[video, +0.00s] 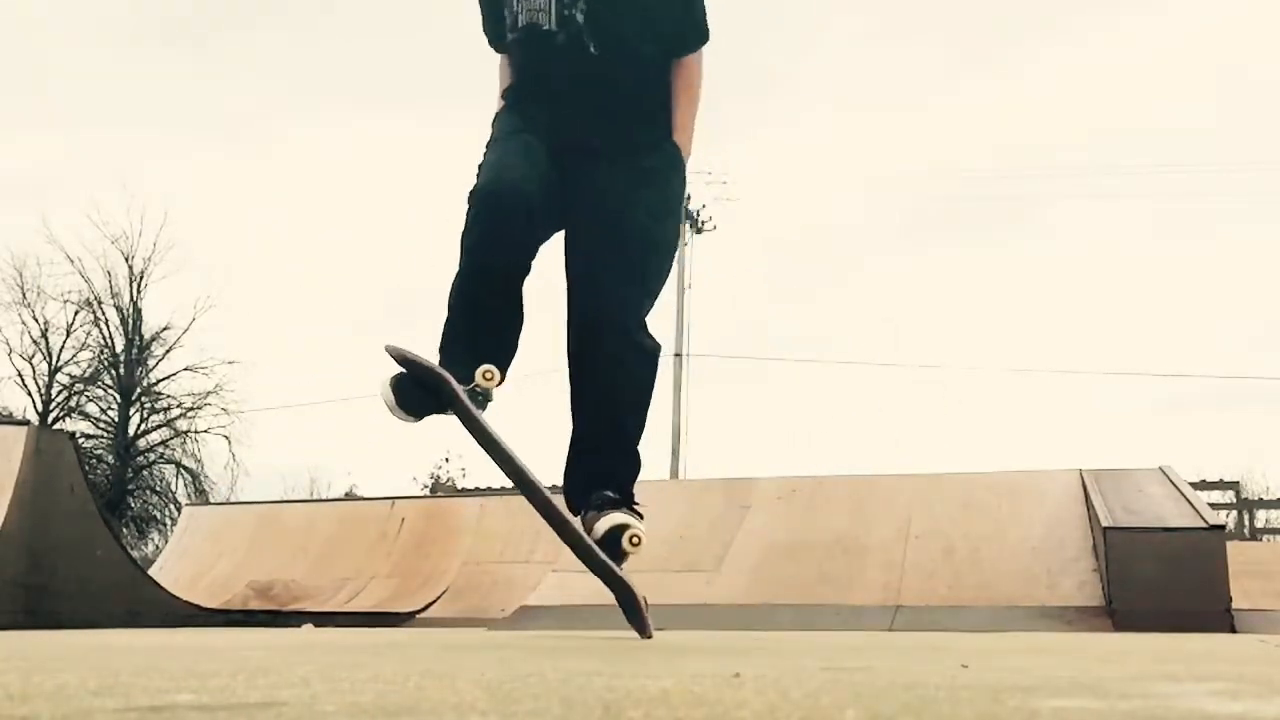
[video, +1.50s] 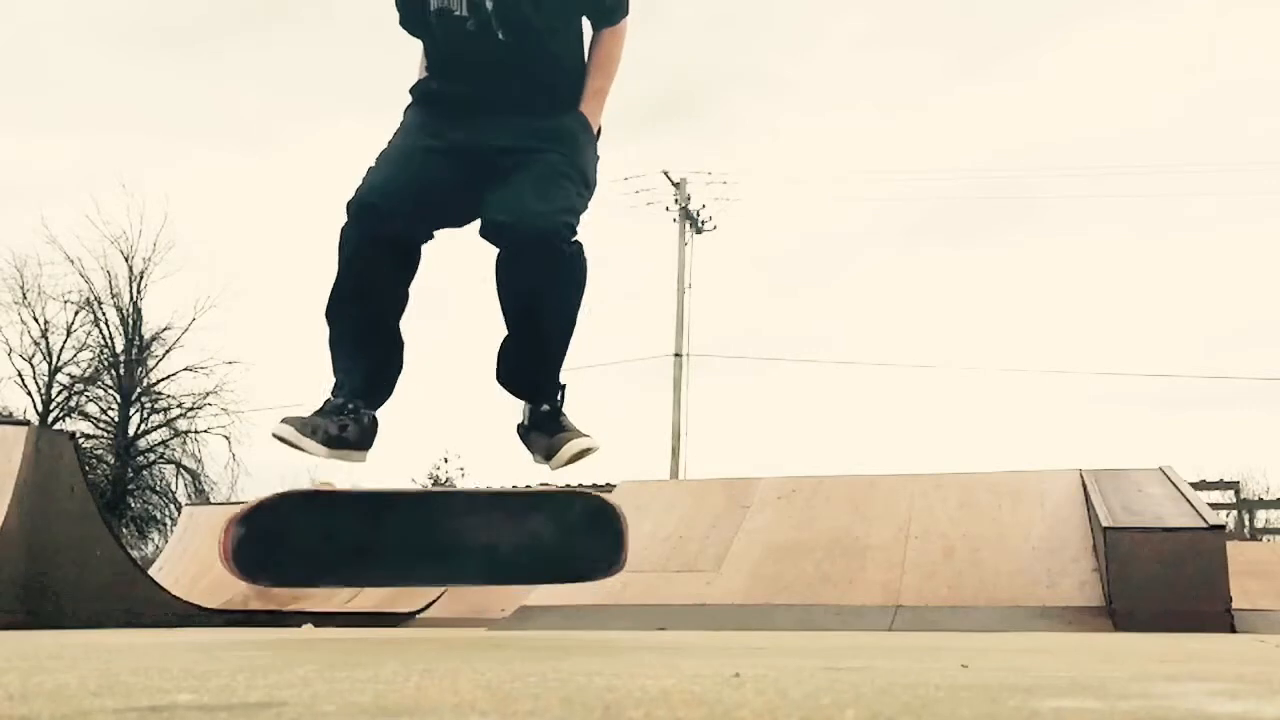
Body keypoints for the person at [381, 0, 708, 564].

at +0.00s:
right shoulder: (501, 4)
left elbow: (687, 47)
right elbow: (509, 52)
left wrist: (677, 157)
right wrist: (503, 132)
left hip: (633, 128)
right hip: (536, 122)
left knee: (612, 325)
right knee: (502, 198)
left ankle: (603, 496)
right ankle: (470, 364)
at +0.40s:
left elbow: (639, 14)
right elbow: (464, 30)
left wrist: (628, 113)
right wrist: (455, 83)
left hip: (585, 98)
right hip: (485, 88)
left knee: (586, 295)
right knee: (432, 159)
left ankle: (590, 488)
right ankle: (454, 316)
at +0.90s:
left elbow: (624, 13)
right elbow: (443, 32)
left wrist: (609, 104)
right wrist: (436, 96)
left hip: (561, 108)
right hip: (462, 103)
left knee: (565, 251)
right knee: (402, 144)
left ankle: (566, 418)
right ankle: (421, 324)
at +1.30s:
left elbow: (614, 17)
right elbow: (432, 35)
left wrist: (592, 115)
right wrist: (429, 100)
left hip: (550, 119)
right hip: (449, 111)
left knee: (539, 226)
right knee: (380, 197)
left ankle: (547, 399)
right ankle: (367, 384)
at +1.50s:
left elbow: (613, 18)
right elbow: (431, 36)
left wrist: (587, 118)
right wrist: (426, 102)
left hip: (548, 117)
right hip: (446, 111)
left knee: (537, 235)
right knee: (375, 221)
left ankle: (543, 410)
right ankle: (352, 405)